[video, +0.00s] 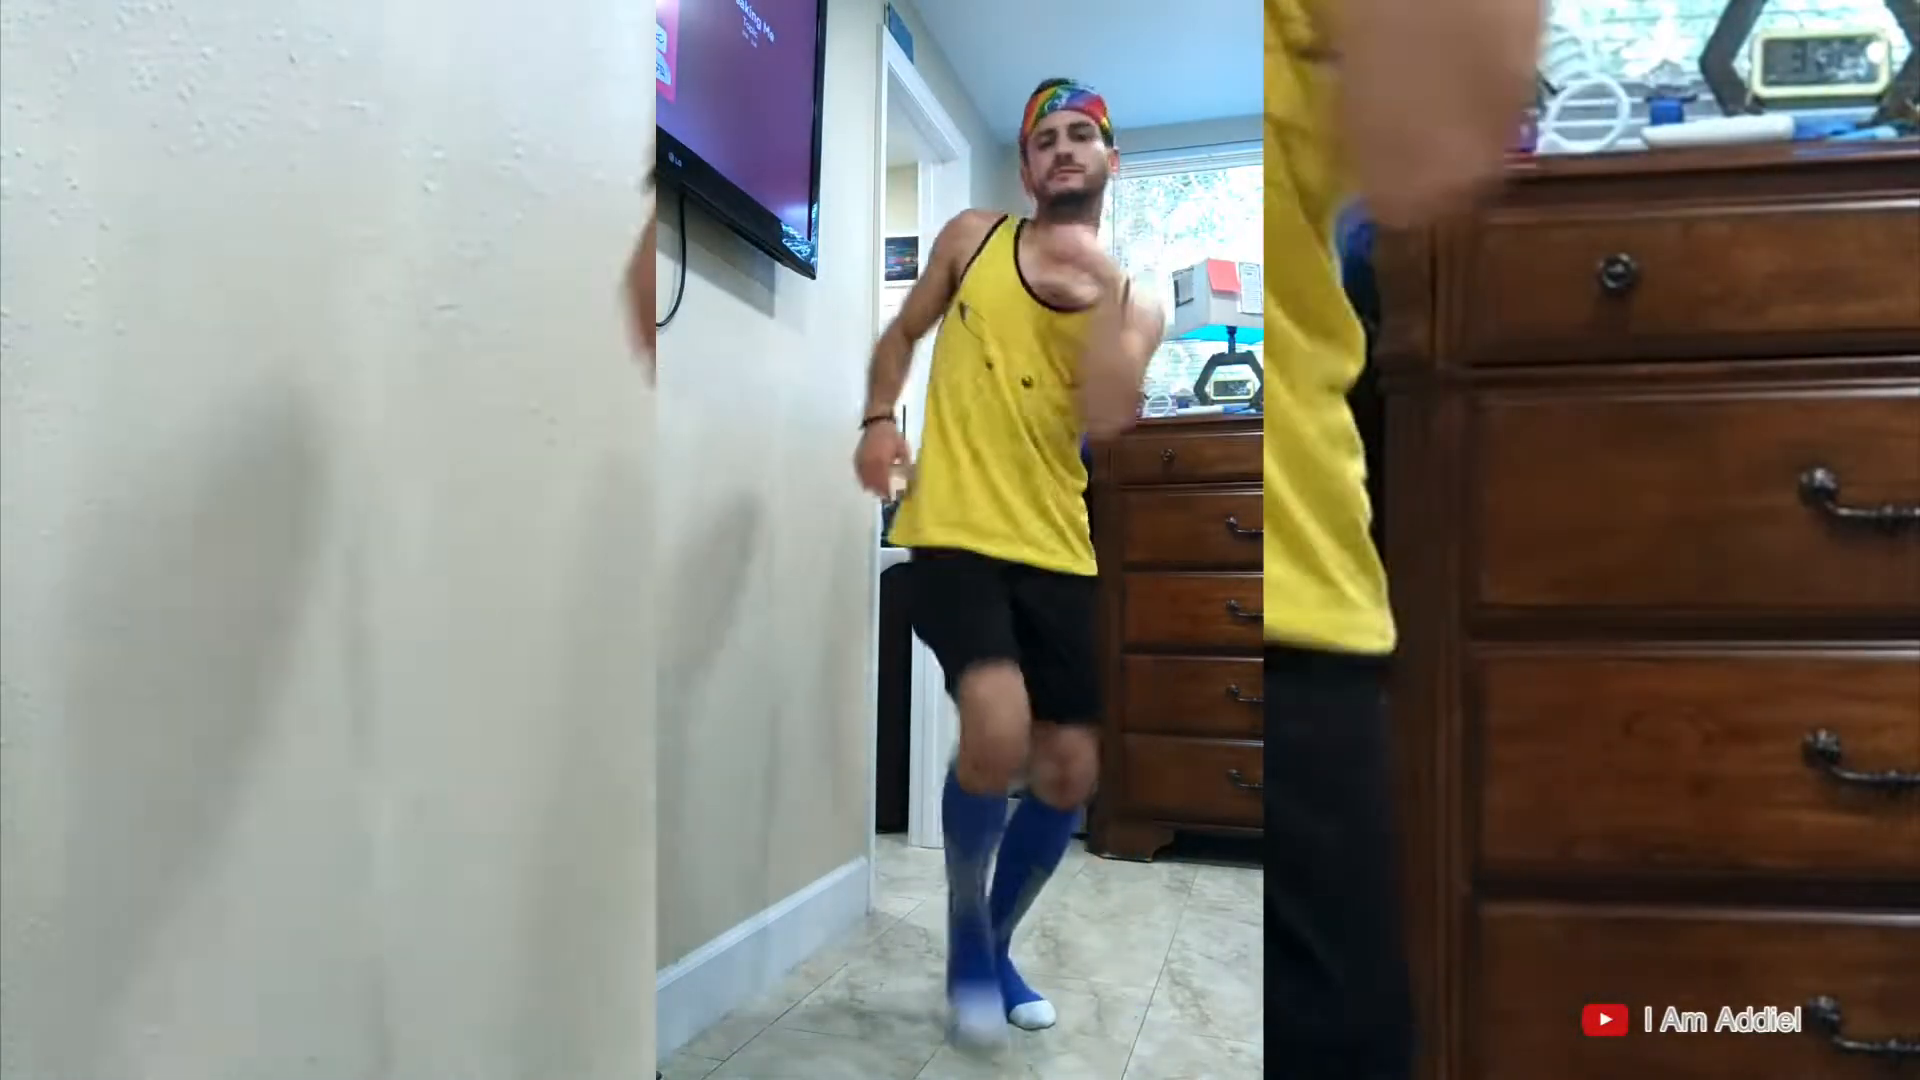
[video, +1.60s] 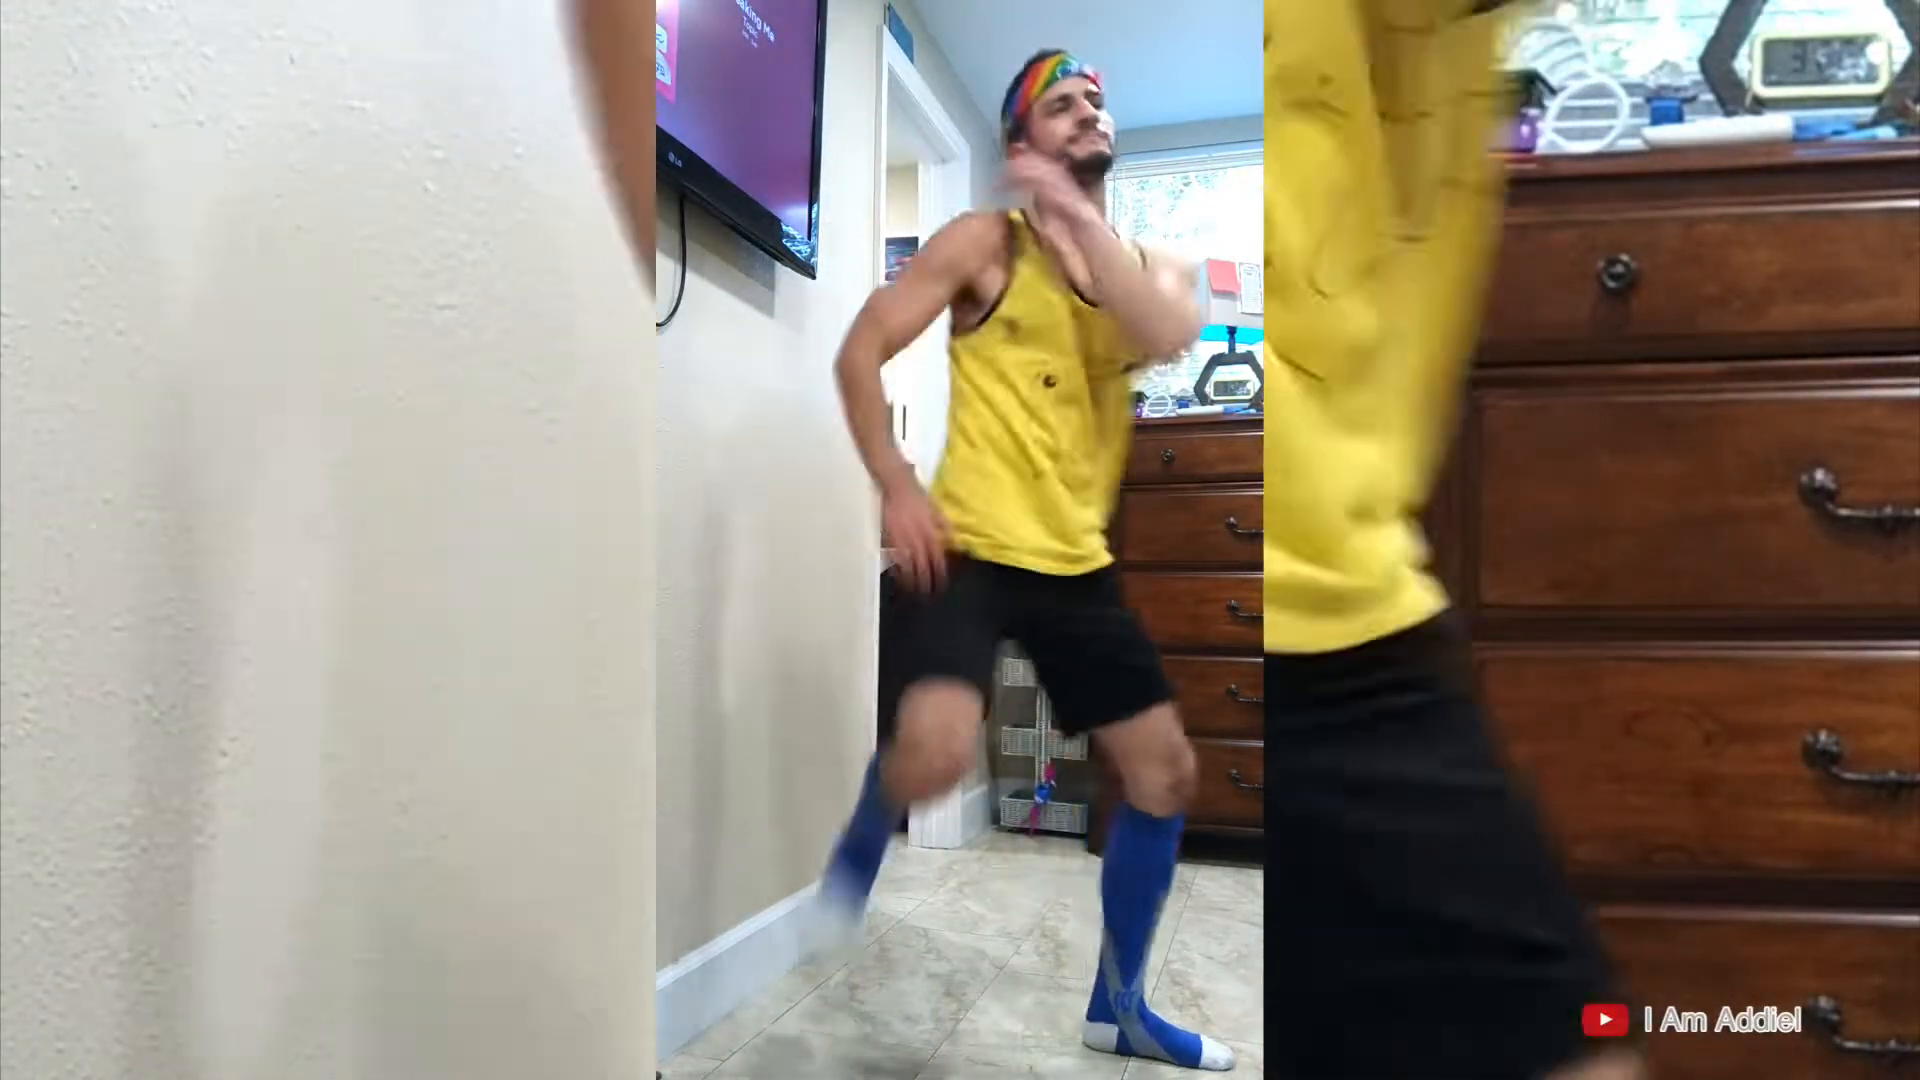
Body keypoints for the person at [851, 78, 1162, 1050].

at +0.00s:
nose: (1063, 149)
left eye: (1080, 136)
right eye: (1046, 141)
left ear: (1112, 162)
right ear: (1025, 167)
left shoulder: (1131, 297)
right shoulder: (975, 235)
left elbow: (1105, 419)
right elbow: (899, 335)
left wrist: (1113, 296)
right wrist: (879, 422)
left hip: (1054, 538)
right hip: (950, 520)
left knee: (1069, 767)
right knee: (997, 725)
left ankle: (991, 941)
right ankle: (969, 944)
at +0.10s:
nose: (1051, 153)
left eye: (1070, 138)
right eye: (1035, 143)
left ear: (1106, 160)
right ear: (1016, 168)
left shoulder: (1126, 298)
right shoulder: (971, 257)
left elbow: (1064, 388)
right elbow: (915, 354)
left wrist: (1028, 262)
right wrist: (894, 407)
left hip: (1052, 535)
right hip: (949, 507)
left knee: (1068, 767)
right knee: (981, 666)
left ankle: (997, 942)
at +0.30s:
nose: (1015, 128)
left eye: (1035, 112)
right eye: (1000, 115)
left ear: (1069, 130)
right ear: (980, 137)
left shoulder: (1107, 222)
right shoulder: (963, 252)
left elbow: (1040, 291)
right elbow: (964, 381)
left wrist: (913, 287)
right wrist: (919, 391)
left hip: (1045, 518)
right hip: (947, 502)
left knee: (1024, 746)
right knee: (903, 690)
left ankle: (1003, 944)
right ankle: (939, 894)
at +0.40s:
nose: (996, 148)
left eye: (1015, 132)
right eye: (979, 135)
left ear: (1047, 146)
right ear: (960, 156)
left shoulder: (1077, 206)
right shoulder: (951, 282)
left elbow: (1019, 288)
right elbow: (946, 393)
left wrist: (931, 370)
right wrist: (907, 410)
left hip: (1045, 543)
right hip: (940, 541)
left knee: (1025, 761)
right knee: (874, 736)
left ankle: (1005, 948)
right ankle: (921, 959)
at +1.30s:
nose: (1004, 91)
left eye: (1012, 80)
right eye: (979, 77)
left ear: (1020, 113)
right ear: (931, 105)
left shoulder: (1013, 245)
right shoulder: (915, 181)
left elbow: (1036, 377)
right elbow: (950, 289)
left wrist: (1078, 327)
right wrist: (1083, 378)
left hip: (976, 523)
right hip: (870, 535)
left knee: (1075, 750)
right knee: (847, 784)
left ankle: (1089, 997)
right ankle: (834, 1002)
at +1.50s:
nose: (1067, 99)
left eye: (1073, 87)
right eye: (1041, 93)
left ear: (1089, 117)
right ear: (1000, 133)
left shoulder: (1081, 246)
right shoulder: (995, 209)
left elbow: (1098, 405)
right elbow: (958, 362)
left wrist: (1117, 270)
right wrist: (968, 530)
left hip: (1033, 538)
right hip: (934, 538)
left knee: (1110, 759)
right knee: (896, 783)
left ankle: (1111, 997)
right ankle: (821, 991)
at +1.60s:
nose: (1088, 114)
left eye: (1096, 103)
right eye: (1064, 105)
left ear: (1111, 137)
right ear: (1019, 144)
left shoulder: (1149, 261)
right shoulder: (982, 239)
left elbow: (1162, 334)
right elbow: (859, 353)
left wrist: (1072, 214)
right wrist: (896, 487)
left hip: (1073, 557)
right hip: (962, 538)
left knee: (1161, 769)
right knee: (937, 750)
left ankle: (1119, 1000)